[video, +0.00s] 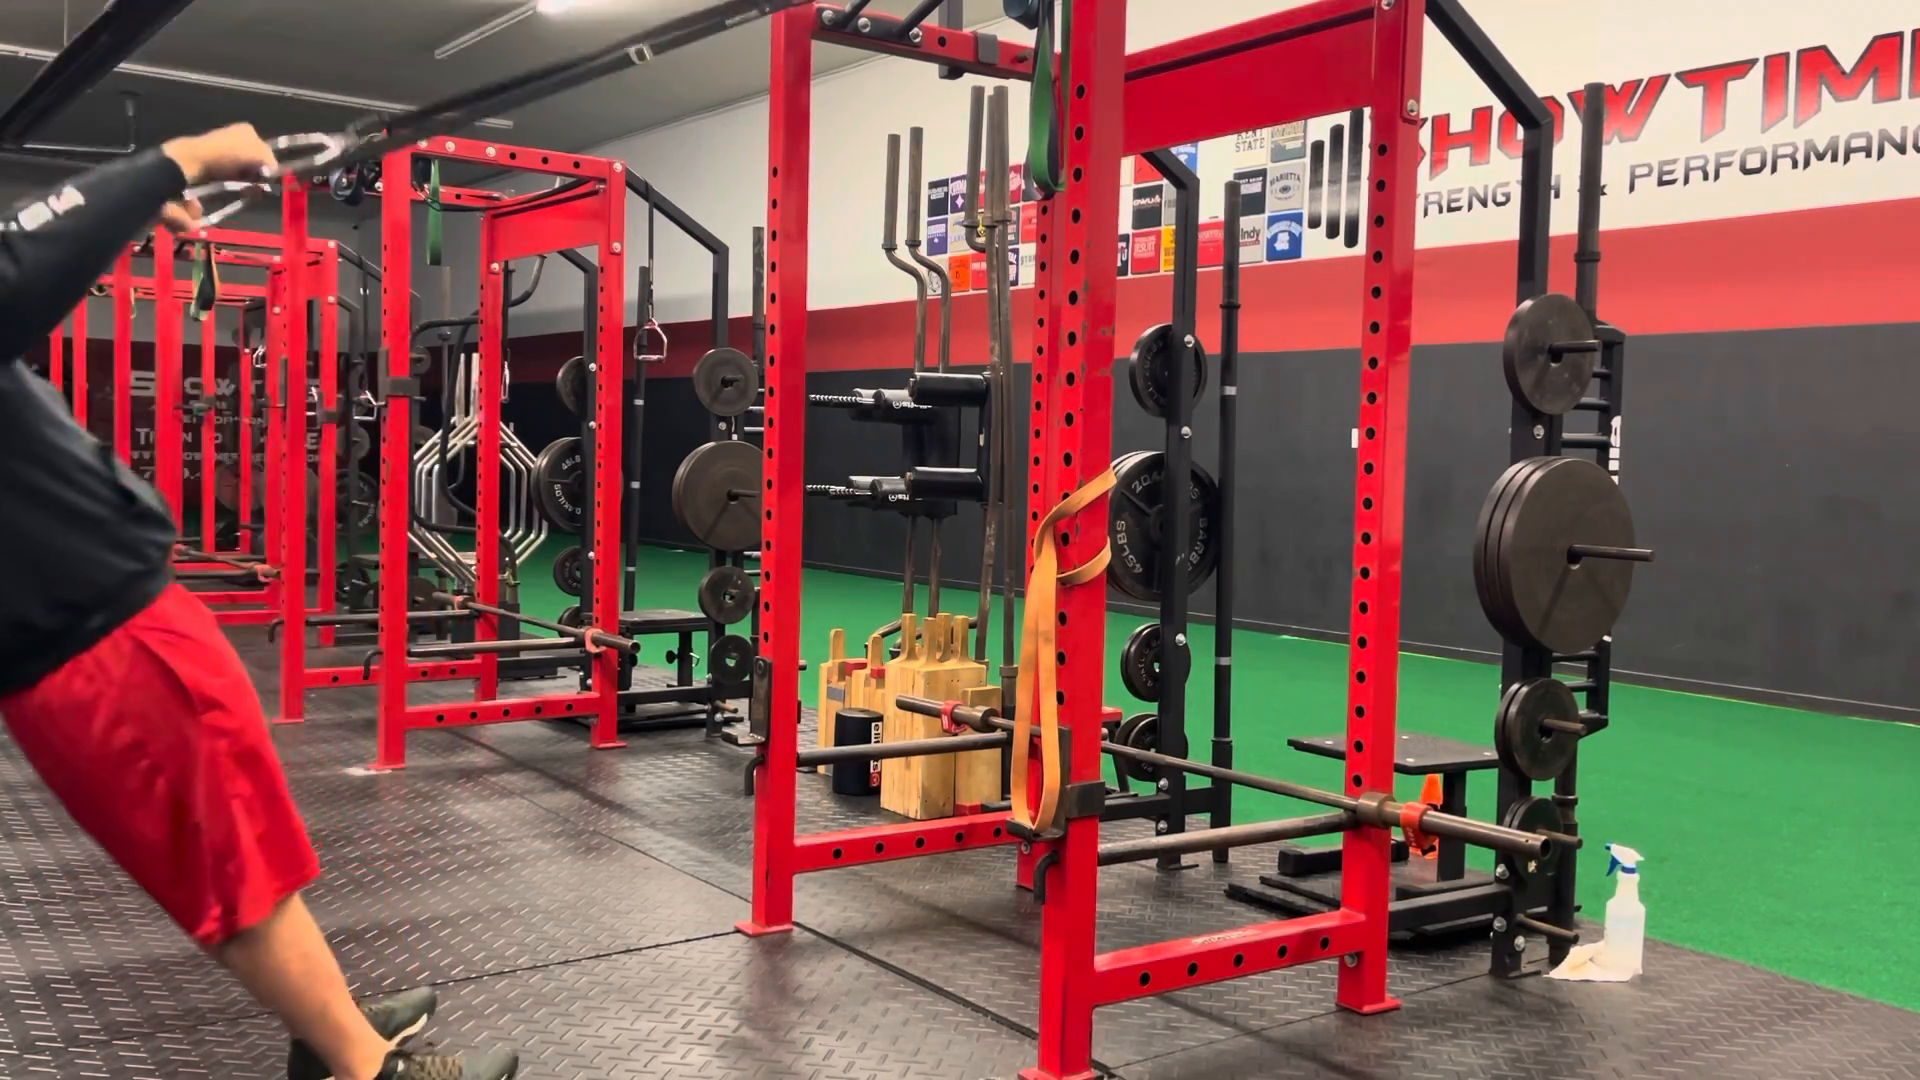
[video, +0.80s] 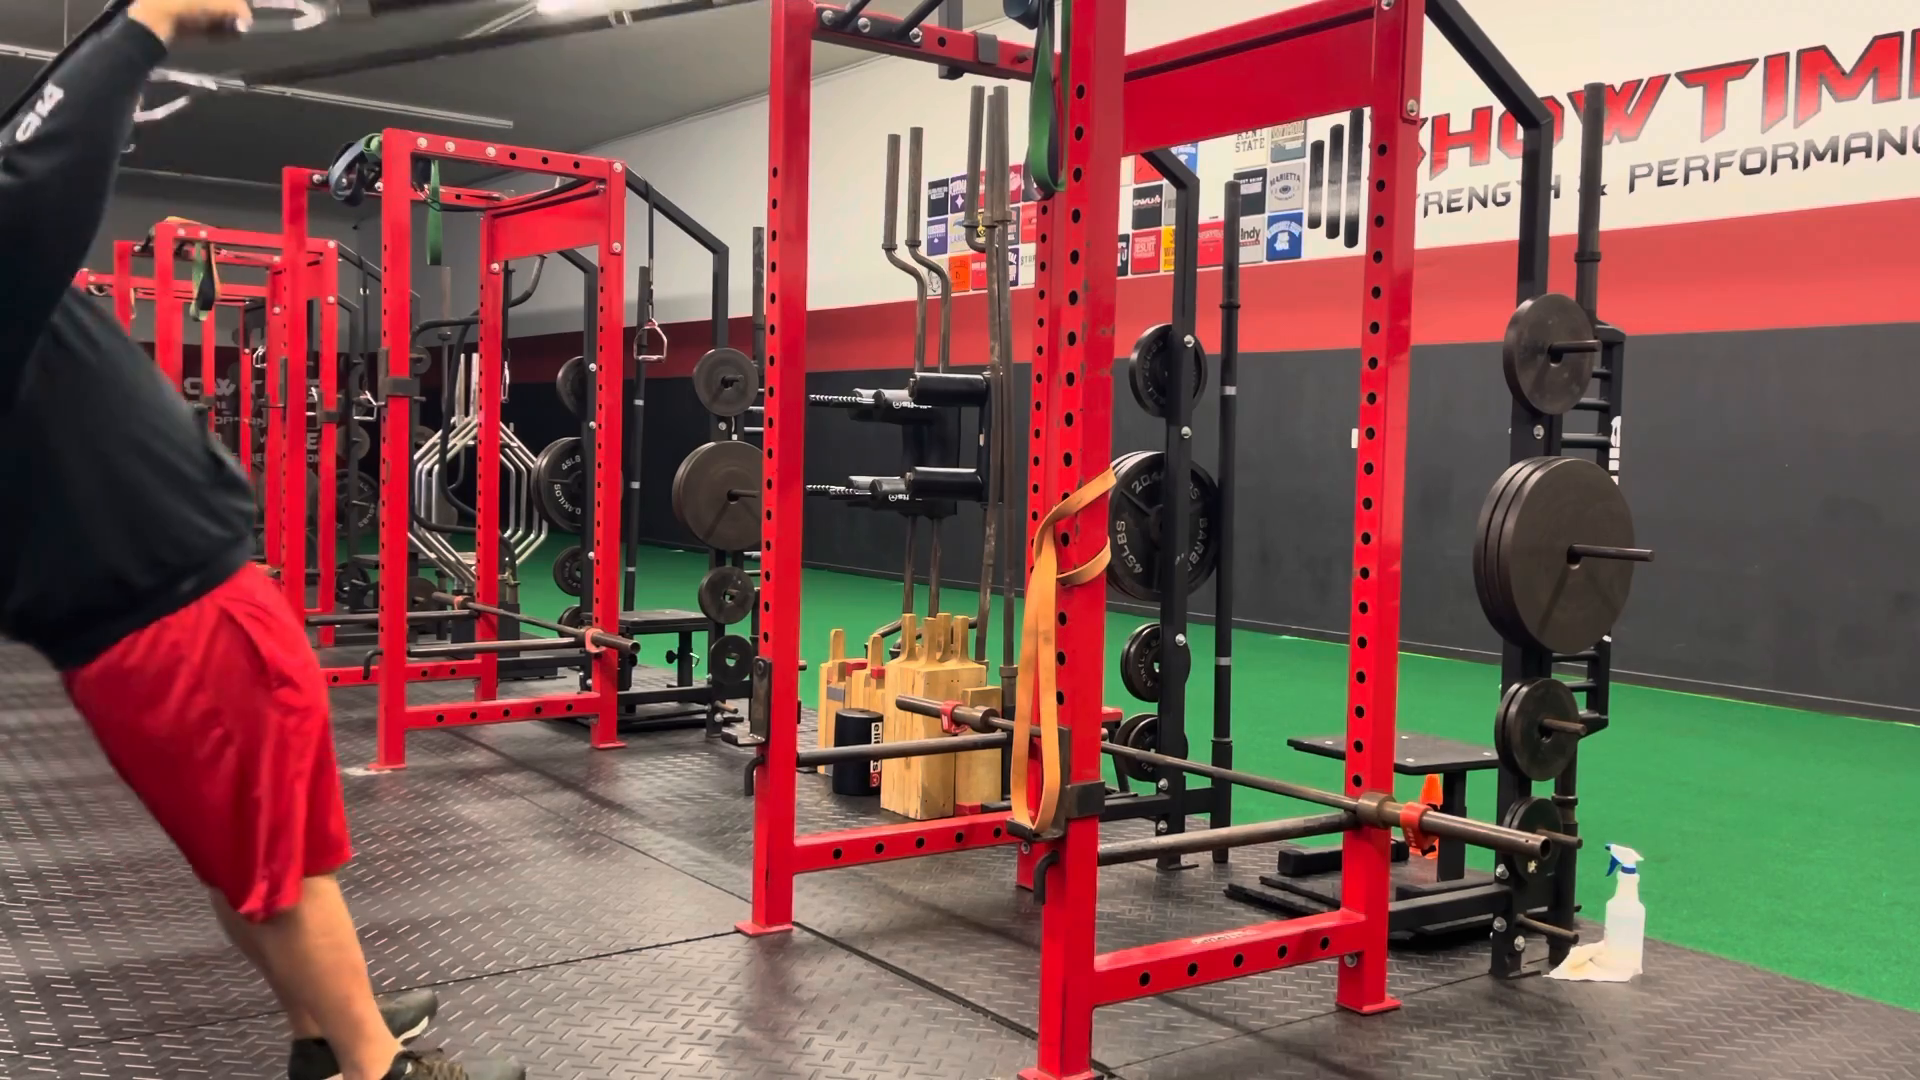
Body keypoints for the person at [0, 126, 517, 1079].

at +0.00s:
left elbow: (25, 263)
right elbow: (24, 272)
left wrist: (170, 167)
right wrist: (179, 159)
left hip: (77, 600)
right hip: (74, 611)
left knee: (220, 836)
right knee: (233, 857)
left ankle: (331, 1026)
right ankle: (367, 1063)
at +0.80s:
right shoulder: (13, 282)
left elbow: (36, 149)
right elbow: (42, 168)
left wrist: (135, 27)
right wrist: (143, 22)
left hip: (129, 619)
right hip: (173, 608)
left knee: (250, 860)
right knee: (286, 867)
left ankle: (329, 1034)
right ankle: (372, 1058)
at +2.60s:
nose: (180, 125)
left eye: (172, 108)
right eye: (161, 109)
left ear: (76, 147)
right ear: (134, 128)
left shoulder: (103, 259)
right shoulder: (161, 235)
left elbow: (72, 141)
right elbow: (172, 90)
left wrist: (86, 30)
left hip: (242, 596)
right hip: (306, 592)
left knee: (301, 838)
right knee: (349, 856)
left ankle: (331, 1026)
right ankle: (391, 1061)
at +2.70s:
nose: (135, 125)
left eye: (123, 104)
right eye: (115, 111)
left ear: (36, 154)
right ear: (84, 131)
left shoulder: (59, 268)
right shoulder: (119, 239)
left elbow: (54, 170)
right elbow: (147, 89)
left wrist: (85, 44)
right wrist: (124, 7)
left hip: (216, 602)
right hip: (284, 595)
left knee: (290, 849)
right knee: (344, 863)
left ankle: (329, 1033)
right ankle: (392, 1060)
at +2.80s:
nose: (59, 122)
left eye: (53, 110)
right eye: (35, 118)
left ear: (55, 130)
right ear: (18, 156)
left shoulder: (45, 263)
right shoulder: (76, 248)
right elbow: (119, 84)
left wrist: (77, 45)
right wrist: (90, 20)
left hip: (196, 599)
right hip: (254, 597)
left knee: (279, 844)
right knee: (329, 858)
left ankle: (329, 1026)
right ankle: (386, 1062)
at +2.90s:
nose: (25, 111)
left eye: (26, 95)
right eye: (13, 100)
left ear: (28, 135)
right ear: (6, 141)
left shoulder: (43, 252)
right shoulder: (37, 255)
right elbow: (84, 59)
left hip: (174, 606)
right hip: (218, 606)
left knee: (263, 859)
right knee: (312, 870)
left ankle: (327, 1035)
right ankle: (381, 1060)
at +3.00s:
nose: (111, 98)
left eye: (106, 83)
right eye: (92, 80)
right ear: (38, 127)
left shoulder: (27, 263)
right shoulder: (19, 260)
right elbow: (71, 70)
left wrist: (92, 70)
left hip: (131, 616)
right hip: (186, 609)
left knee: (248, 863)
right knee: (292, 877)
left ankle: (329, 1032)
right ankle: (376, 1061)